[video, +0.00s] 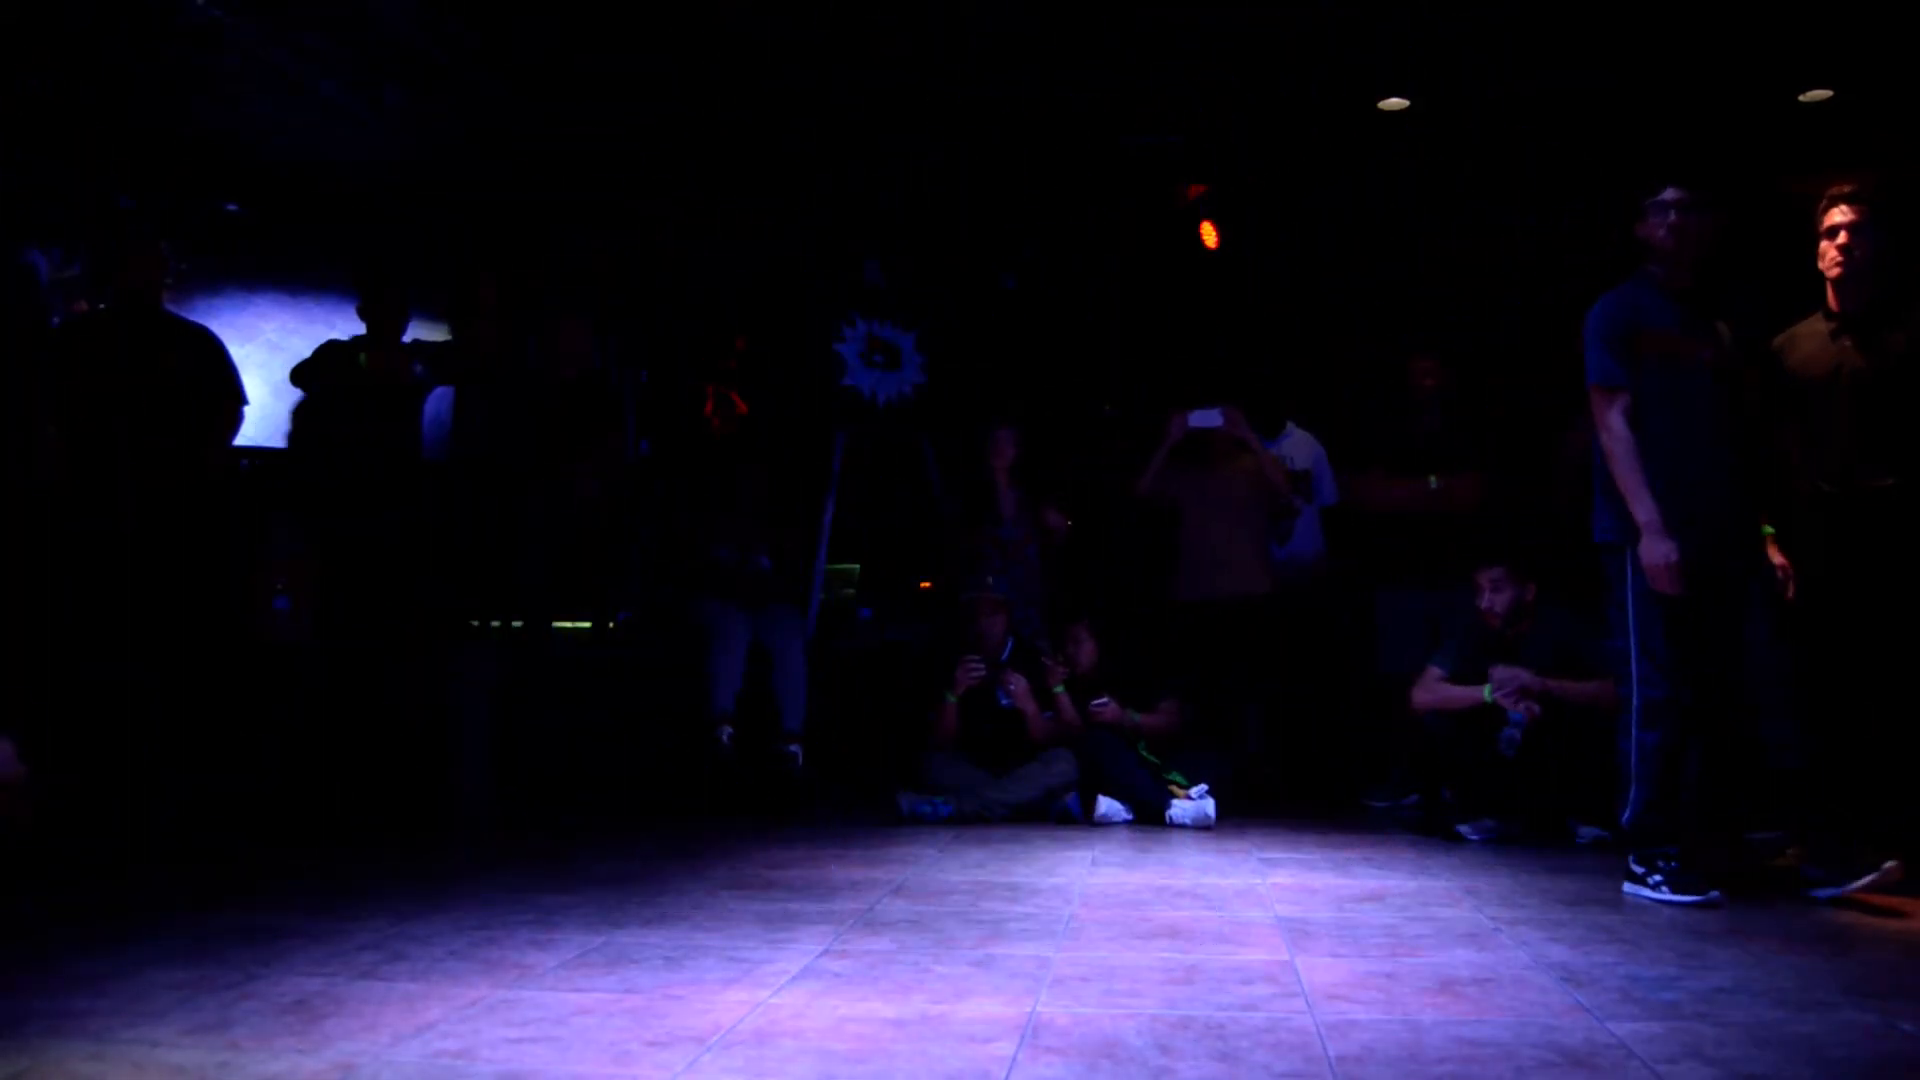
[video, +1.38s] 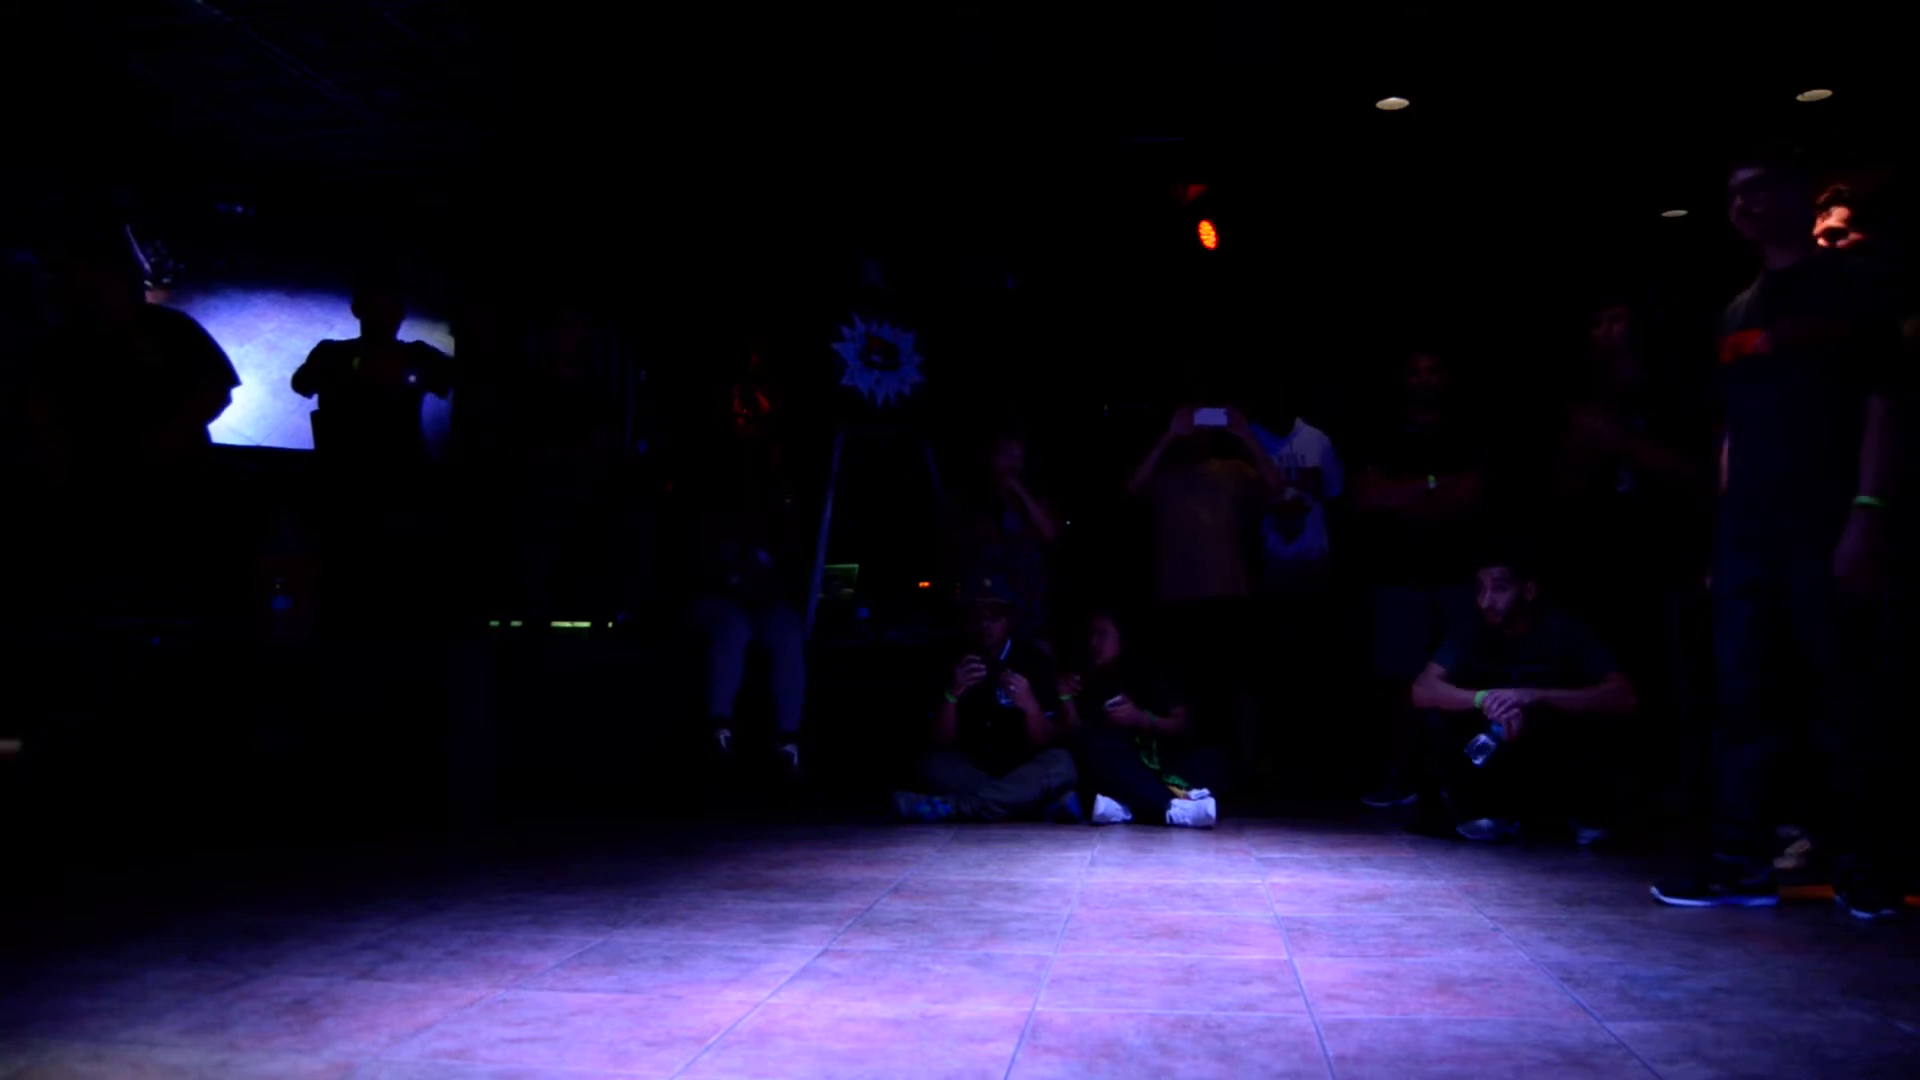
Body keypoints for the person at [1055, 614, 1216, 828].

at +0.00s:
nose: (1072, 652)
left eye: (1079, 643)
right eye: (1068, 645)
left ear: (1098, 644)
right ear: (1063, 650)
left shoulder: (1126, 679)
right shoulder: (1072, 685)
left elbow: (1168, 721)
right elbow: (1075, 730)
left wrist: (1122, 717)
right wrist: (1057, 687)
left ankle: (1127, 807)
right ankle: (1169, 806)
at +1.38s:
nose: (1095, 642)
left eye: (1103, 634)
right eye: (1091, 635)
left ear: (1119, 639)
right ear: (1084, 641)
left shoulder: (1143, 675)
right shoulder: (1082, 680)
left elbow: (1179, 723)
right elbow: (1077, 733)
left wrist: (1138, 718)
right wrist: (1066, 699)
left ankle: (1129, 809)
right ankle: (1169, 807)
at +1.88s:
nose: (1120, 645)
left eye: (1130, 637)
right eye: (1116, 637)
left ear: (1144, 642)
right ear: (1106, 642)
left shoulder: (1161, 680)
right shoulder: (1098, 681)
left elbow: (1194, 732)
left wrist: (1160, 721)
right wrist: (1082, 719)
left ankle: (1132, 813)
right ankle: (1172, 813)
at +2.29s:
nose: (1137, 645)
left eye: (1146, 637)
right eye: (1131, 638)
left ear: (1161, 641)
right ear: (1123, 643)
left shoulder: (1181, 680)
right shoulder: (1115, 682)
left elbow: (1207, 733)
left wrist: (1175, 721)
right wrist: (1105, 719)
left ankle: (1143, 813)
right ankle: (1181, 813)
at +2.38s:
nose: (1153, 644)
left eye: (1162, 636)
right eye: (1147, 637)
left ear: (1177, 641)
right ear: (1140, 643)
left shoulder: (1197, 679)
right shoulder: (1131, 679)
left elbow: (1222, 733)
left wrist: (1189, 719)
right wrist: (1123, 717)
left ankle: (1157, 812)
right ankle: (1196, 813)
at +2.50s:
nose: (1178, 642)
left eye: (1188, 634)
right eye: (1174, 635)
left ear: (1204, 638)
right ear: (1166, 641)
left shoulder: (1226, 678)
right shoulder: (1158, 679)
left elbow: (1249, 731)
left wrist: (1213, 717)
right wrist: (1156, 718)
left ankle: (1183, 811)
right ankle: (1223, 812)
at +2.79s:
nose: (1189, 641)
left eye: (1198, 633)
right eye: (1184, 634)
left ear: (1214, 638)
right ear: (1177, 639)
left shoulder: (1234, 677)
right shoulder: (1170, 679)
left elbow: (1259, 731)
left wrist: (1222, 719)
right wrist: (1180, 720)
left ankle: (1195, 810)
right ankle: (1236, 811)